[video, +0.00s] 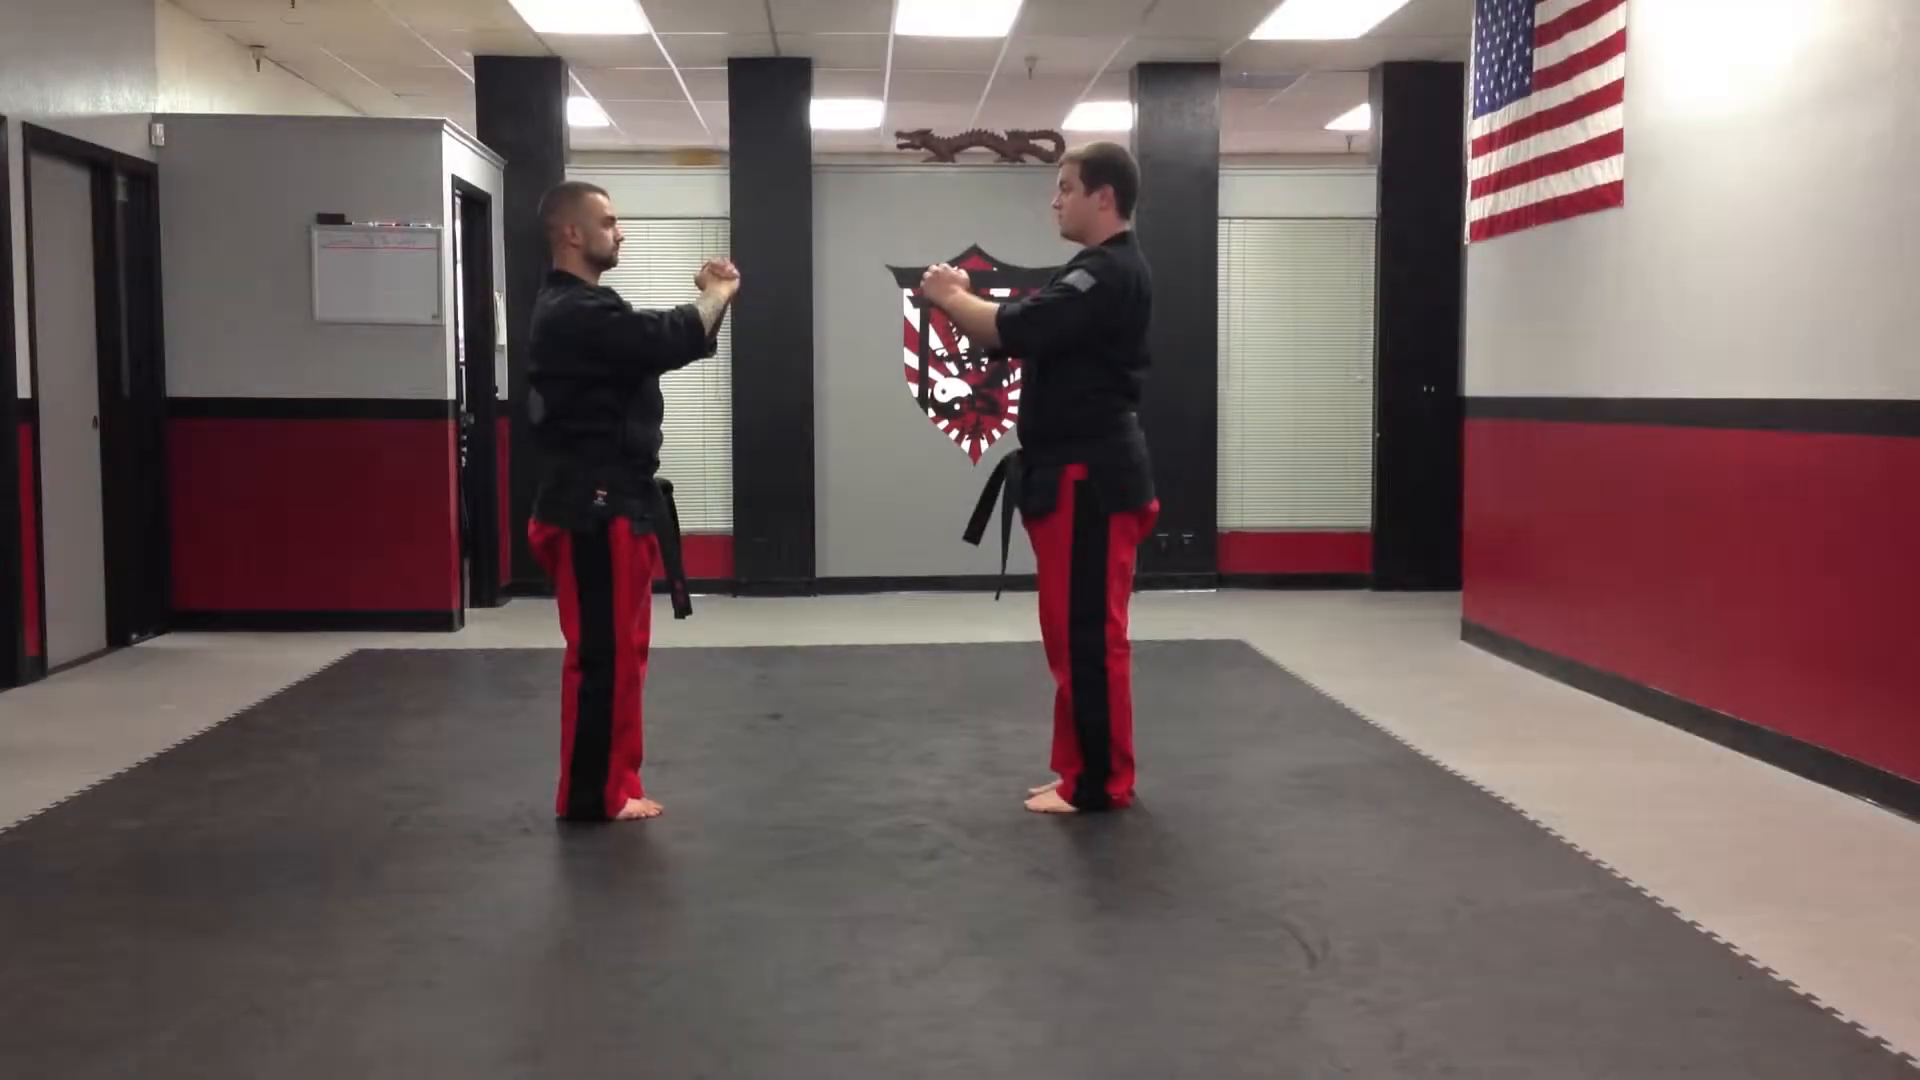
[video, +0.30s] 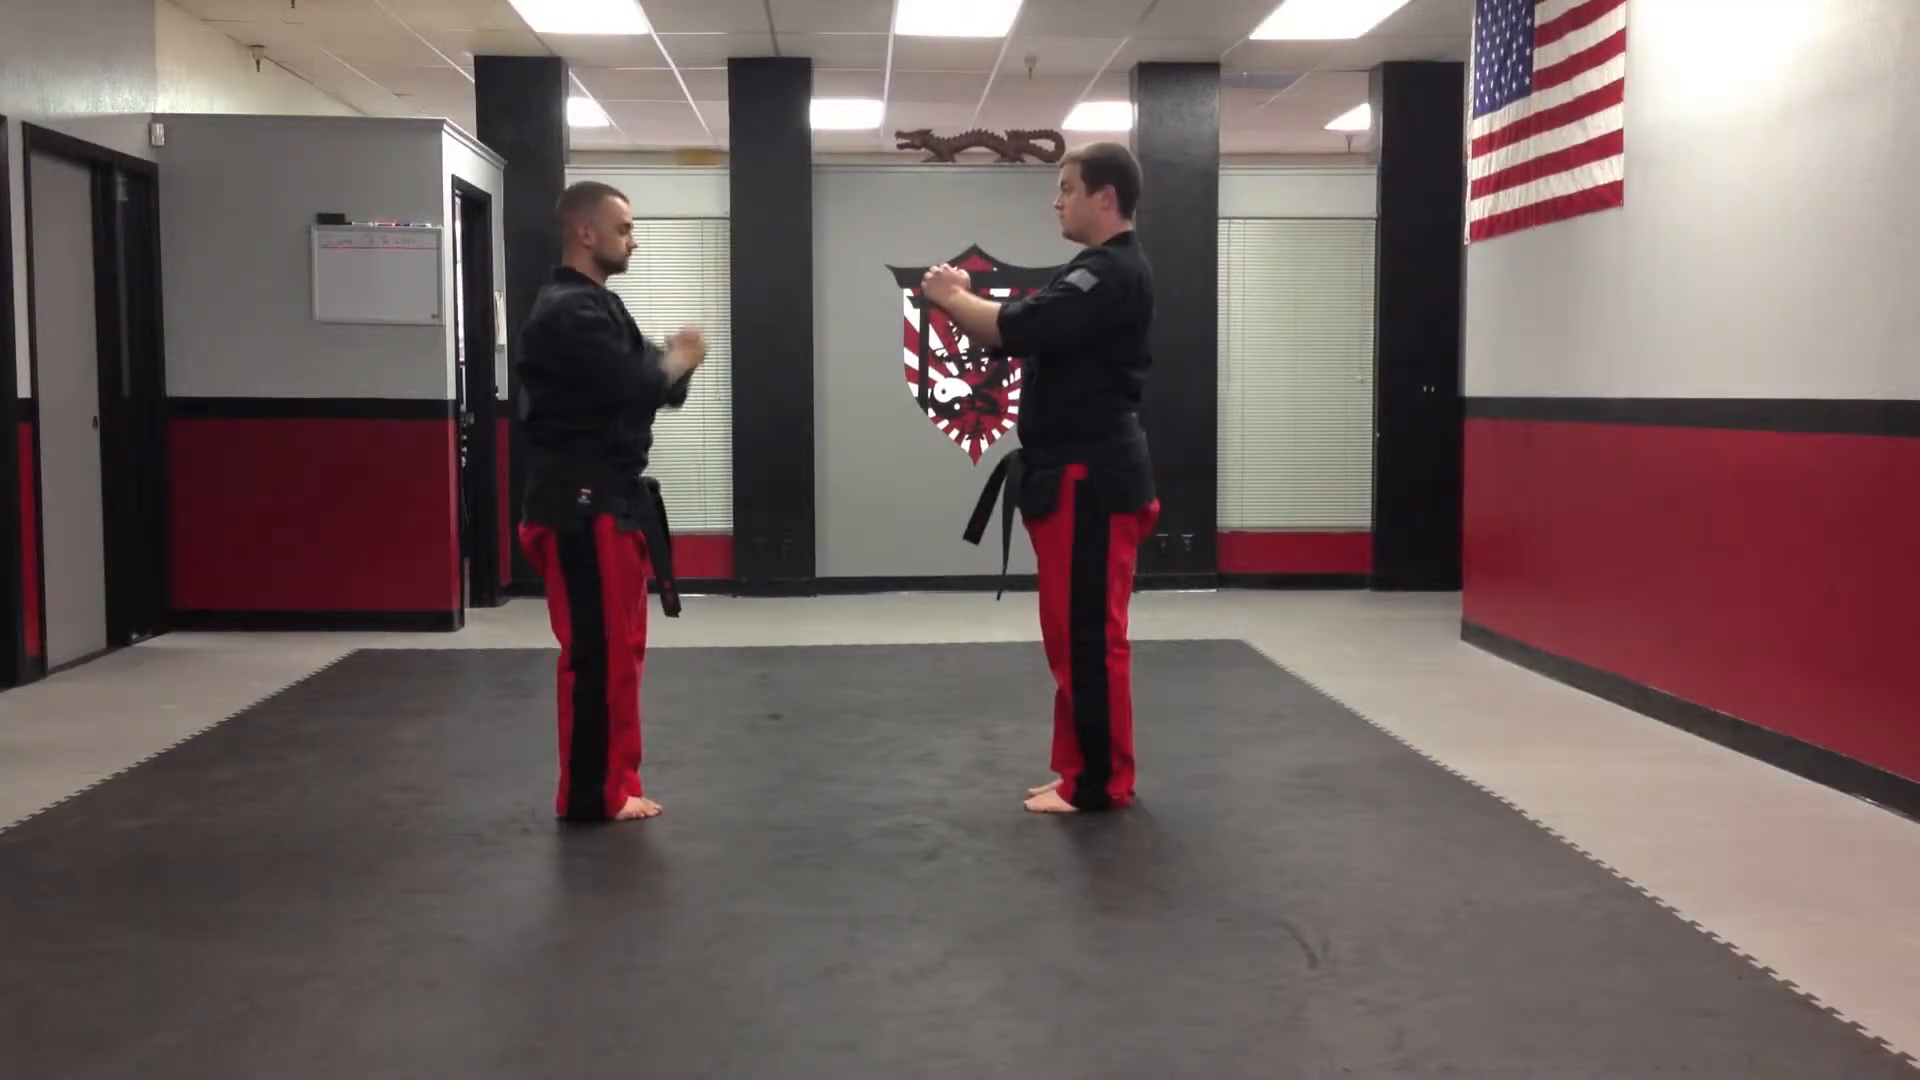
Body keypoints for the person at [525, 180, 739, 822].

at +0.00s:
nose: (620, 233)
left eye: (617, 222)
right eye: (607, 223)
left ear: (575, 236)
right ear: (570, 234)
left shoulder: (581, 306)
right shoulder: (578, 311)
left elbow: (677, 343)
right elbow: (662, 342)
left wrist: (710, 303)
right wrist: (713, 299)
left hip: (606, 505)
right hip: (595, 508)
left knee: (612, 653)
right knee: (609, 656)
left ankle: (607, 790)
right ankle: (600, 795)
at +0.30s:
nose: (632, 239)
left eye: (632, 229)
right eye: (622, 229)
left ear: (586, 237)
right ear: (583, 233)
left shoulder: (598, 305)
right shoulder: (568, 309)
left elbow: (643, 386)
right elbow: (622, 386)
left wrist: (673, 364)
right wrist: (674, 362)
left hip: (608, 502)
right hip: (578, 506)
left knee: (620, 649)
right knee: (597, 651)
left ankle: (614, 785)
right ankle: (592, 795)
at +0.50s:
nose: (652, 258)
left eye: (653, 247)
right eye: (644, 245)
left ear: (611, 243)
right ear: (606, 240)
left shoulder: (604, 311)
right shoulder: (558, 312)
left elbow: (579, 403)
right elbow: (550, 409)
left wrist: (624, 405)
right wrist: (615, 406)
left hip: (604, 496)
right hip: (561, 500)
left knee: (619, 639)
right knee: (573, 642)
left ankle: (603, 783)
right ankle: (520, 778)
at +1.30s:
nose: (577, 268)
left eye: (578, 257)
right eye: (568, 256)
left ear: (540, 260)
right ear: (529, 257)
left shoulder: (555, 337)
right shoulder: (487, 336)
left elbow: (594, 423)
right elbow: (495, 422)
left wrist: (607, 394)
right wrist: (578, 400)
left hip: (567, 520)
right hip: (505, 525)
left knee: (610, 649)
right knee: (472, 664)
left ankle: (637, 769)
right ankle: (412, 793)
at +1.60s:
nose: (579, 262)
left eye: (578, 251)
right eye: (569, 251)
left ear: (538, 257)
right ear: (529, 255)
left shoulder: (556, 330)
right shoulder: (493, 333)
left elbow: (642, 371)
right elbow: (552, 394)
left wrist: (672, 327)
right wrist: (580, 334)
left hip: (562, 520)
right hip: (499, 524)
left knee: (606, 645)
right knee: (466, 662)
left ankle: (636, 768)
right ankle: (409, 792)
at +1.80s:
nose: (586, 263)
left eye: (585, 252)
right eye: (577, 252)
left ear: (543, 259)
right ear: (538, 257)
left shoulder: (565, 333)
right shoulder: (496, 334)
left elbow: (646, 377)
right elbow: (552, 396)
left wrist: (686, 338)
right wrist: (585, 338)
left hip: (565, 521)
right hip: (499, 525)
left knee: (614, 644)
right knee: (464, 663)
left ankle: (637, 769)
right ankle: (410, 793)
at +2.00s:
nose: (604, 264)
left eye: (602, 252)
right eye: (593, 252)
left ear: (560, 261)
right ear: (553, 258)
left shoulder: (580, 333)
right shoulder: (512, 335)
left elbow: (664, 379)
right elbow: (570, 401)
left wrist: (704, 339)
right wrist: (602, 340)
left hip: (578, 518)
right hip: (510, 523)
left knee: (636, 641)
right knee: (473, 660)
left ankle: (645, 771)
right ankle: (412, 791)